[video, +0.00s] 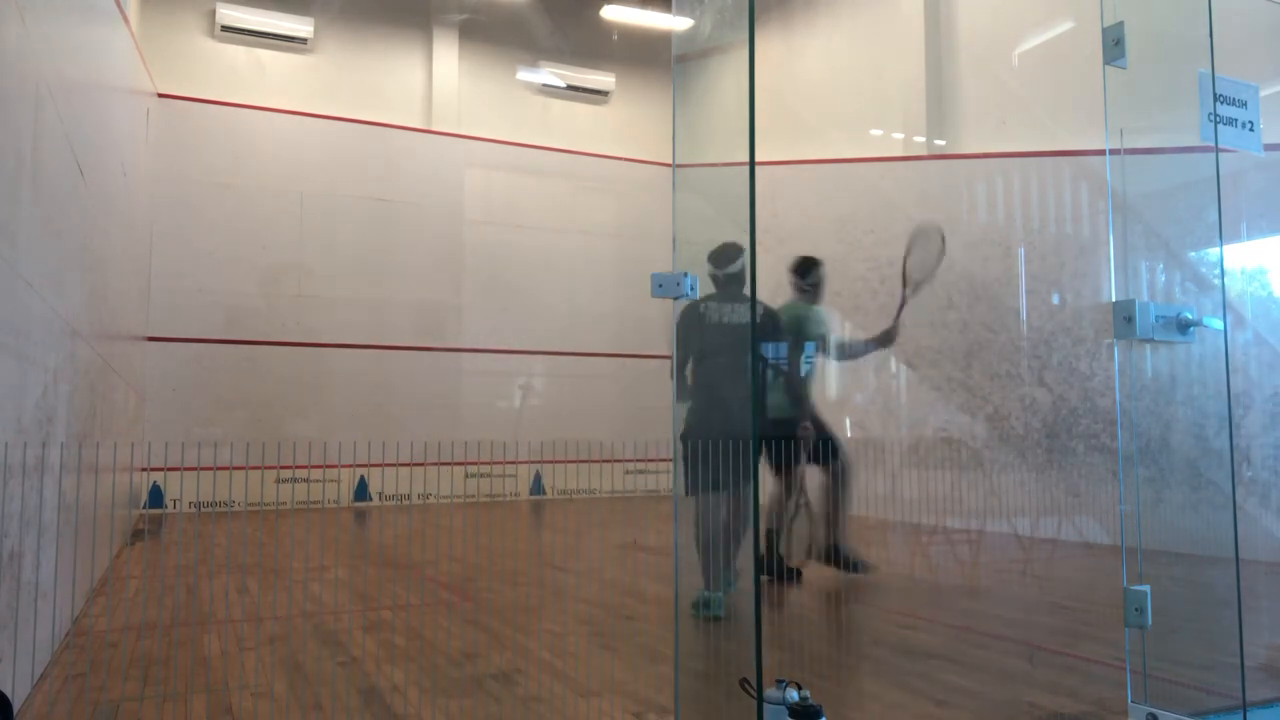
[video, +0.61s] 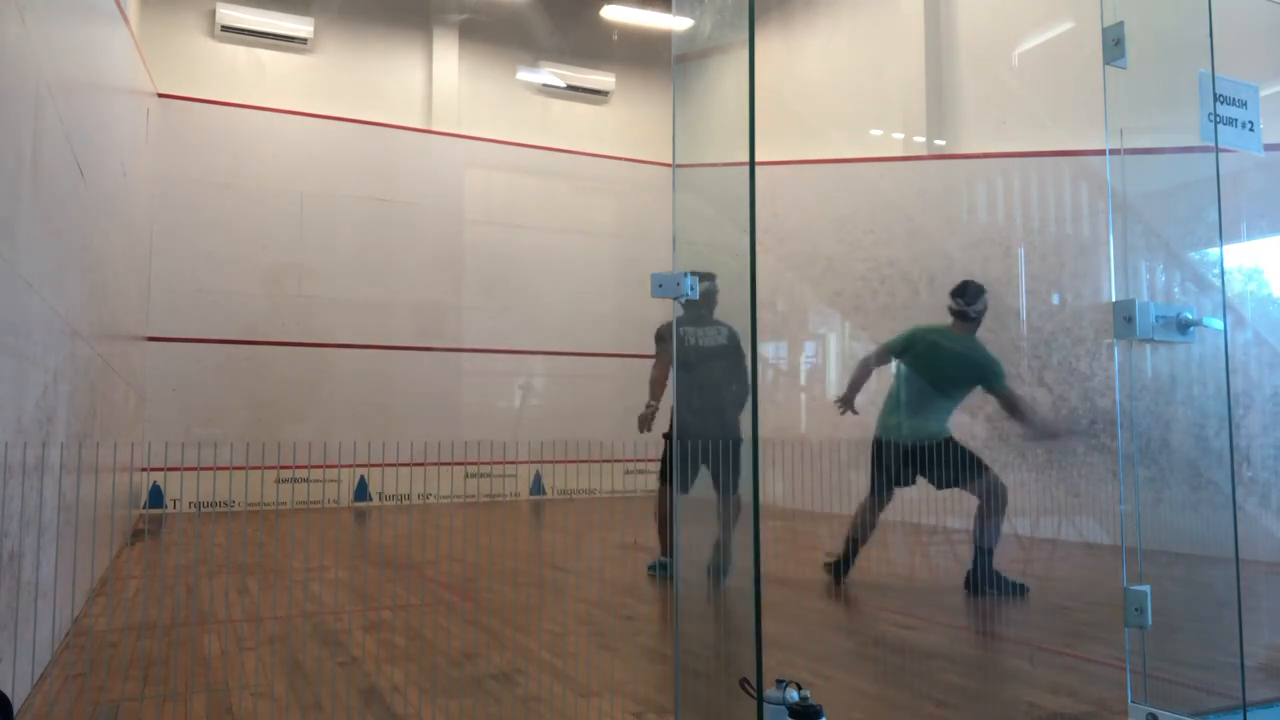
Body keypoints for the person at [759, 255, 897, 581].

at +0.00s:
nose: (818, 288)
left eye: (815, 282)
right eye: (817, 283)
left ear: (793, 282)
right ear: (818, 283)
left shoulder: (780, 315)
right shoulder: (808, 317)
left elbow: (835, 351)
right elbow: (791, 374)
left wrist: (876, 342)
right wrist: (805, 416)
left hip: (771, 416)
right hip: (795, 414)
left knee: (788, 480)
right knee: (837, 466)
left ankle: (771, 555)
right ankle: (832, 546)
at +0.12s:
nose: (852, 295)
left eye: (850, 289)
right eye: (849, 290)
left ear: (824, 291)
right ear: (842, 292)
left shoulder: (803, 327)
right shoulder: (840, 327)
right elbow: (874, 351)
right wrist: (909, 324)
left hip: (805, 431)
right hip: (834, 431)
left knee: (802, 497)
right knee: (880, 485)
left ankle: (770, 558)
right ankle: (915, 556)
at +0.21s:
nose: (890, 307)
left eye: (889, 300)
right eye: (887, 301)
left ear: (859, 301)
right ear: (881, 302)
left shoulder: (840, 332)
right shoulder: (870, 334)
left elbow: (814, 352)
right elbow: (910, 355)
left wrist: (805, 389)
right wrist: (935, 322)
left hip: (835, 441)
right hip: (865, 441)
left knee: (836, 506)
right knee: (921, 494)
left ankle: (782, 548)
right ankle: (963, 570)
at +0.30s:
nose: (927, 320)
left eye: (928, 313)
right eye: (921, 314)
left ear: (905, 314)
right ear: (904, 313)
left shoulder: (887, 344)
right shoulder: (899, 341)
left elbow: (851, 362)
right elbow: (942, 356)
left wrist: (825, 381)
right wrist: (968, 323)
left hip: (883, 450)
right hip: (884, 450)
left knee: (870, 518)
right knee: (964, 490)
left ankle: (805, 547)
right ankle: (980, 572)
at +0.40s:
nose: (959, 326)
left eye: (959, 319)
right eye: (956, 319)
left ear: (930, 318)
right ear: (946, 318)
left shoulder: (908, 347)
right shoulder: (926, 348)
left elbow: (870, 361)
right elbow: (968, 361)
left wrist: (831, 379)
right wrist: (1001, 326)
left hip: (890, 454)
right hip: (904, 454)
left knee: (874, 520)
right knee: (986, 492)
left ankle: (816, 563)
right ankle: (982, 573)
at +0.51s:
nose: (978, 323)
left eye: (976, 316)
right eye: (977, 317)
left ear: (946, 313)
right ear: (973, 319)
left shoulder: (913, 339)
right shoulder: (959, 357)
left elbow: (868, 357)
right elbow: (1012, 396)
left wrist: (837, 394)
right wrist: (1044, 367)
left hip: (889, 448)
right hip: (927, 450)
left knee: (877, 512)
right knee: (996, 494)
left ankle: (823, 562)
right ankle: (982, 573)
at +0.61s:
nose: (984, 312)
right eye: (984, 308)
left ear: (951, 308)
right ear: (982, 313)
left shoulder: (918, 336)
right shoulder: (981, 360)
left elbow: (869, 361)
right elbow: (1014, 408)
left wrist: (849, 395)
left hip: (889, 441)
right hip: (932, 444)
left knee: (876, 497)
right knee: (994, 492)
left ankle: (843, 563)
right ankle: (982, 573)